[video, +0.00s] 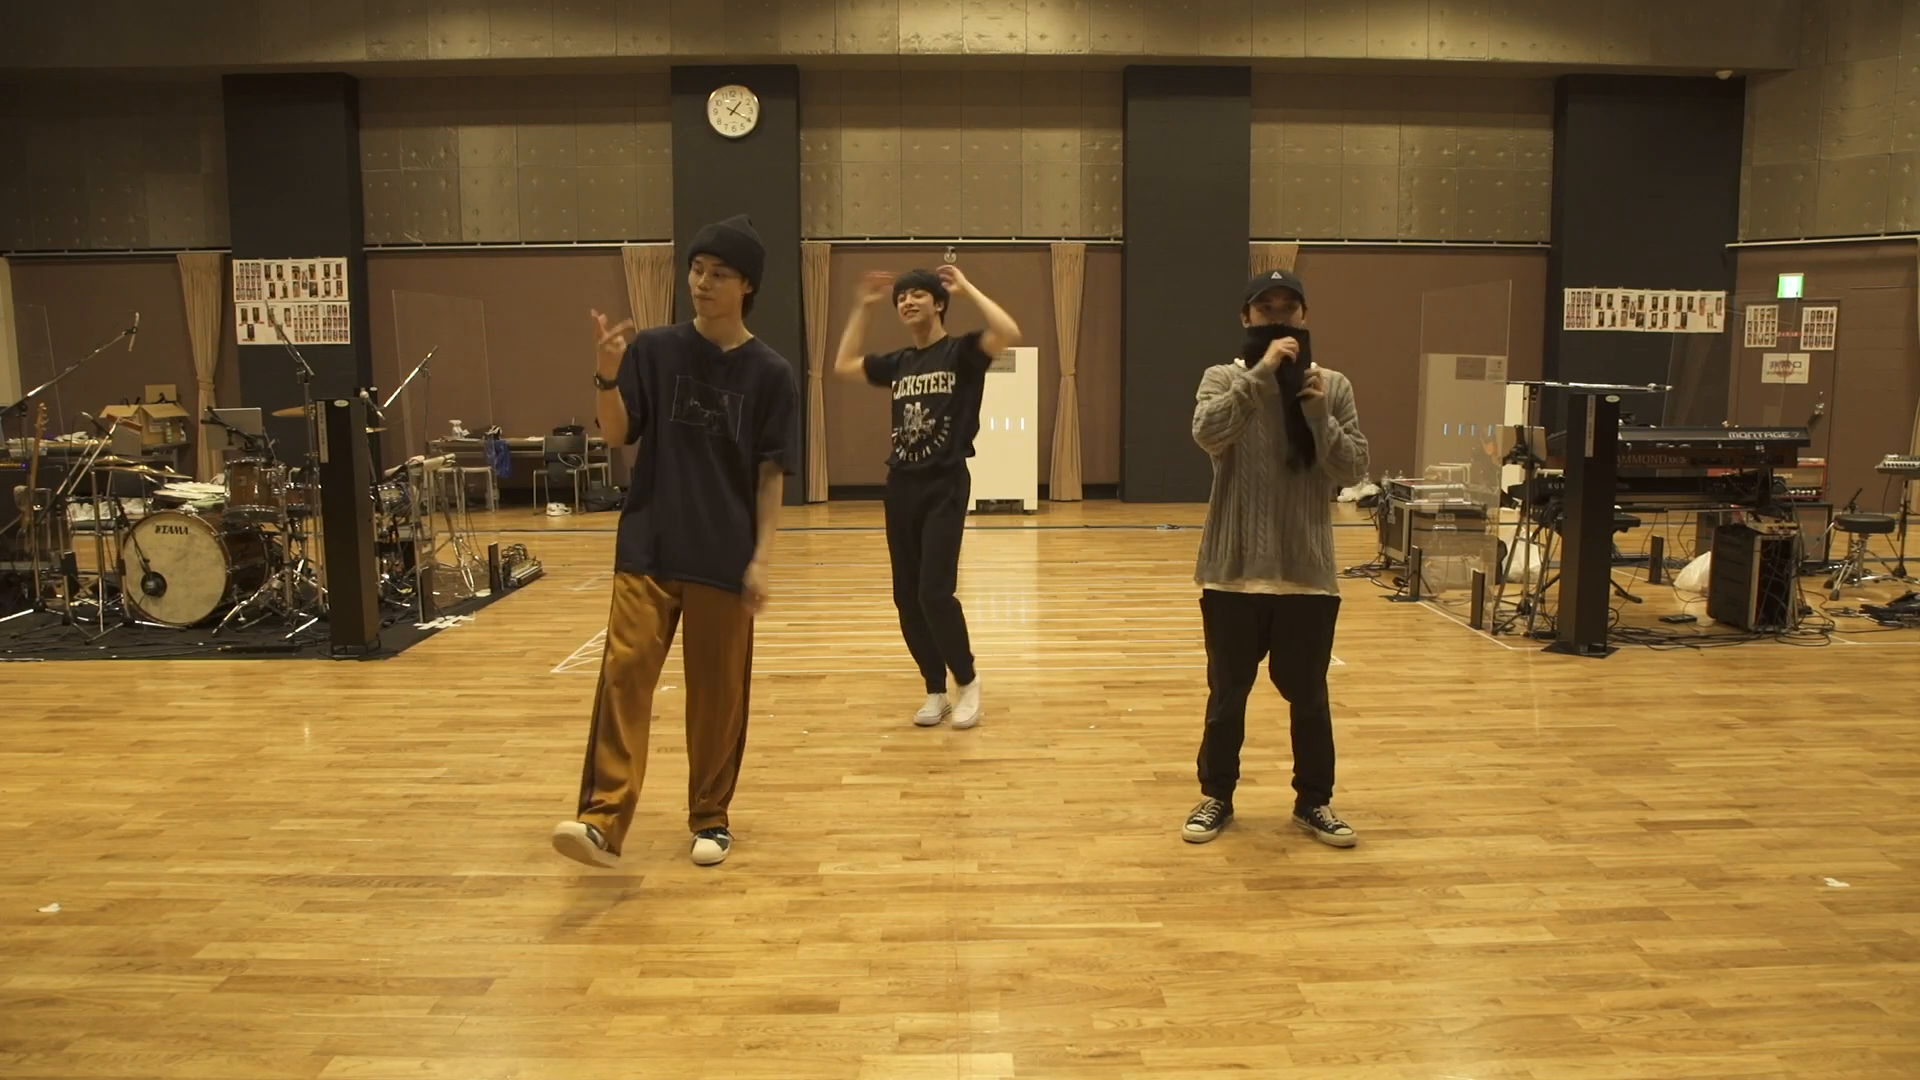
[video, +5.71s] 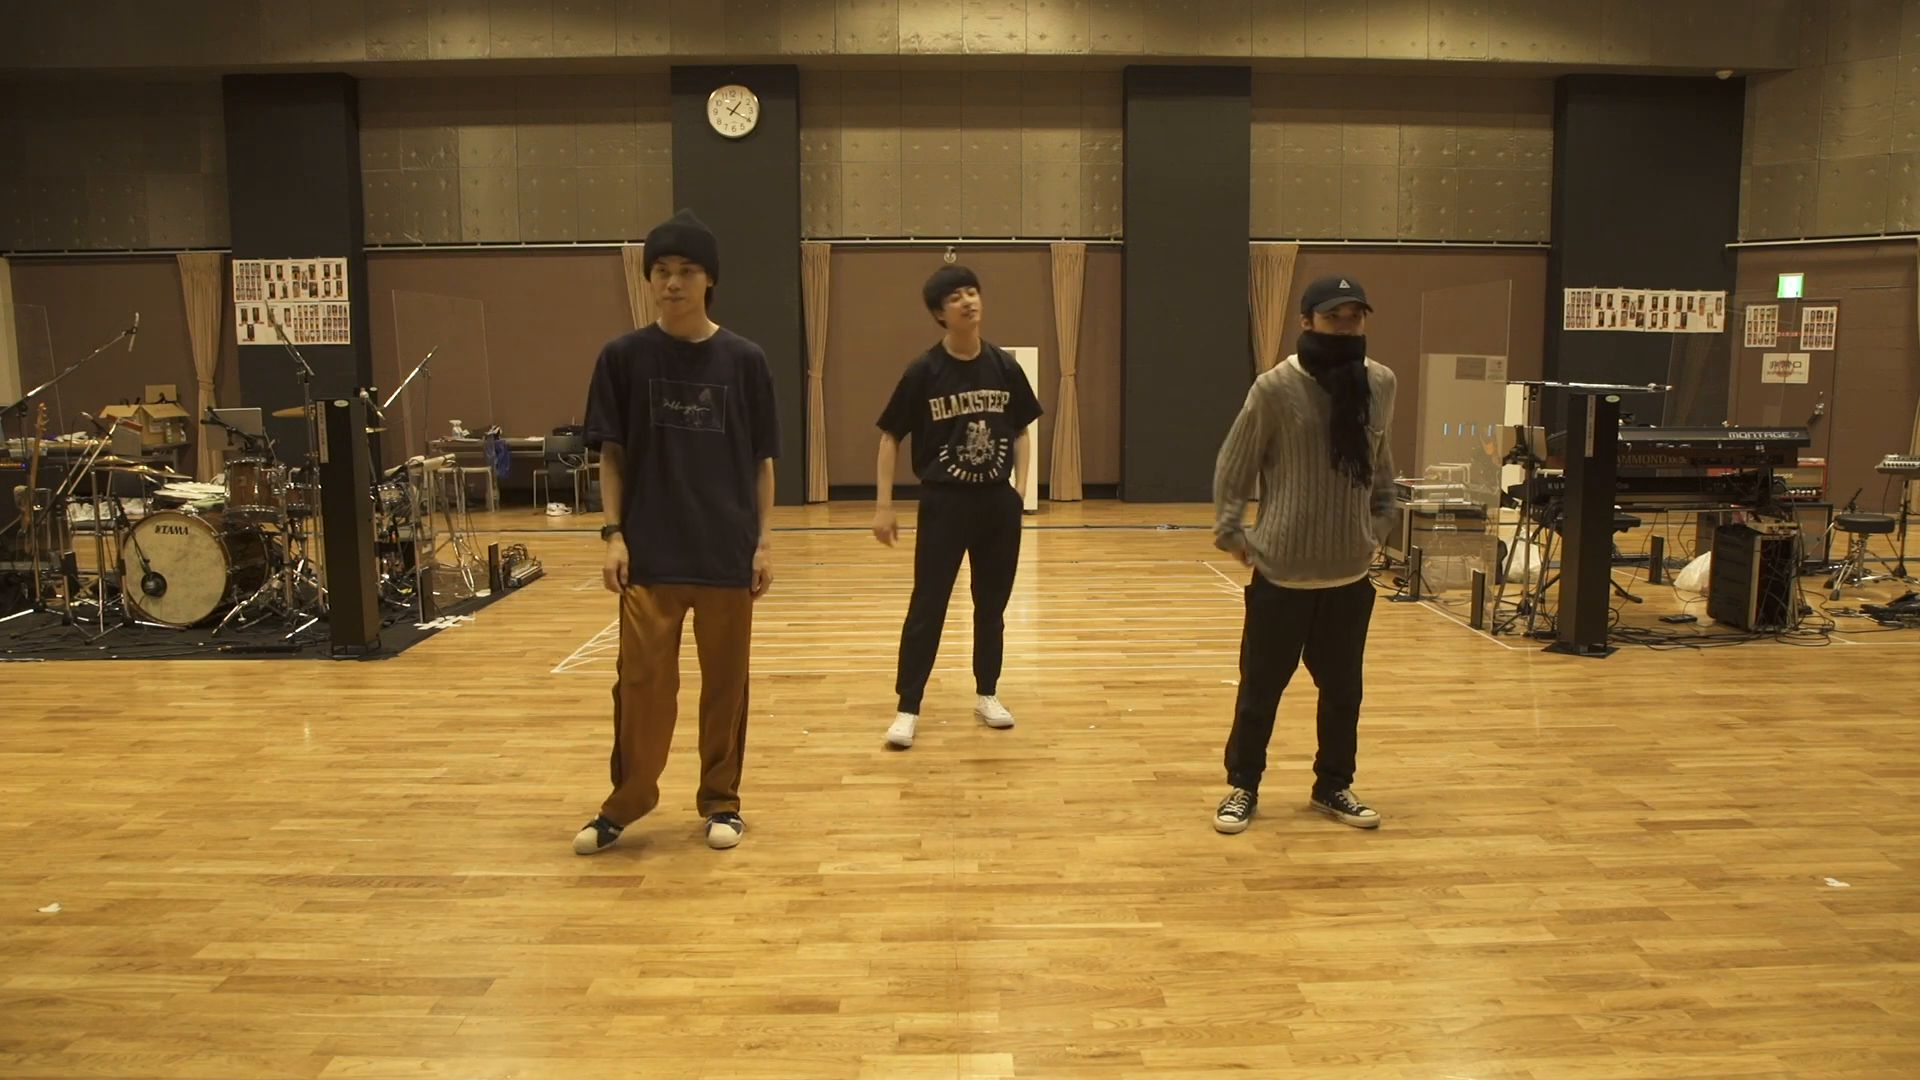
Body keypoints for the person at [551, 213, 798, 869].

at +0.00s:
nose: (702, 284)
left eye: (718, 274)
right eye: (697, 272)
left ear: (747, 287)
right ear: (688, 279)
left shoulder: (769, 372)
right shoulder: (652, 349)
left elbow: (771, 473)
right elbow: (615, 432)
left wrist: (762, 557)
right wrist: (607, 377)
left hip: (725, 553)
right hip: (647, 545)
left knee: (719, 690)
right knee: (622, 672)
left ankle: (710, 820)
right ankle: (602, 821)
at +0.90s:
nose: (649, 284)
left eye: (661, 275)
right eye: (651, 273)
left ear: (696, 286)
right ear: (667, 283)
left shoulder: (741, 370)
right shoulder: (629, 357)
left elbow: (765, 464)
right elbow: (616, 443)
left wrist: (724, 513)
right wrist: (578, 421)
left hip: (698, 558)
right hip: (627, 551)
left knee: (698, 690)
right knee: (623, 677)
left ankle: (710, 819)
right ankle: (664, 784)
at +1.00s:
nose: (625, 281)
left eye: (635, 271)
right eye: (625, 270)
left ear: (672, 279)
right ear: (652, 279)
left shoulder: (722, 359)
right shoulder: (622, 353)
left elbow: (742, 454)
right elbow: (611, 441)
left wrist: (676, 464)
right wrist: (571, 425)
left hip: (686, 553)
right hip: (621, 549)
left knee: (687, 685)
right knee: (623, 677)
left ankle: (710, 817)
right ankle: (661, 790)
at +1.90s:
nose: (602, 287)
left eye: (617, 276)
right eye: (595, 275)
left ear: (647, 282)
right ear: (586, 281)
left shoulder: (687, 354)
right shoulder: (572, 363)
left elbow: (740, 426)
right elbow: (566, 448)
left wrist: (695, 472)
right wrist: (580, 511)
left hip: (675, 544)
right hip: (609, 548)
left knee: (684, 675)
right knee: (633, 675)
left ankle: (694, 818)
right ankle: (665, 793)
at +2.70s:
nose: (680, 287)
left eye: (693, 276)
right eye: (670, 275)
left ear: (717, 284)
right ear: (658, 283)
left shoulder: (748, 363)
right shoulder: (629, 358)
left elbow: (763, 461)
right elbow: (612, 450)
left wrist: (763, 541)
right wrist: (616, 522)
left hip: (728, 547)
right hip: (653, 548)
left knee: (738, 678)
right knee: (654, 678)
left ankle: (751, 798)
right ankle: (669, 791)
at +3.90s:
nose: (588, 292)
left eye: (600, 280)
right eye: (578, 281)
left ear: (629, 280)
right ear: (567, 285)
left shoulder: (670, 356)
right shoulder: (550, 362)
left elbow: (711, 444)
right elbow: (541, 449)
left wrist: (674, 507)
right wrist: (539, 520)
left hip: (651, 552)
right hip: (578, 557)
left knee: (688, 677)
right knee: (599, 692)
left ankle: (739, 797)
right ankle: (624, 809)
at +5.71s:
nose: (671, 283)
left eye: (684, 272)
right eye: (661, 272)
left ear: (709, 280)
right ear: (649, 281)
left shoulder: (745, 360)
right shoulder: (623, 357)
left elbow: (763, 459)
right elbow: (611, 455)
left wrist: (763, 541)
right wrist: (613, 536)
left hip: (728, 552)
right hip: (651, 551)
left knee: (727, 687)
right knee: (639, 686)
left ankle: (721, 802)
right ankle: (628, 801)